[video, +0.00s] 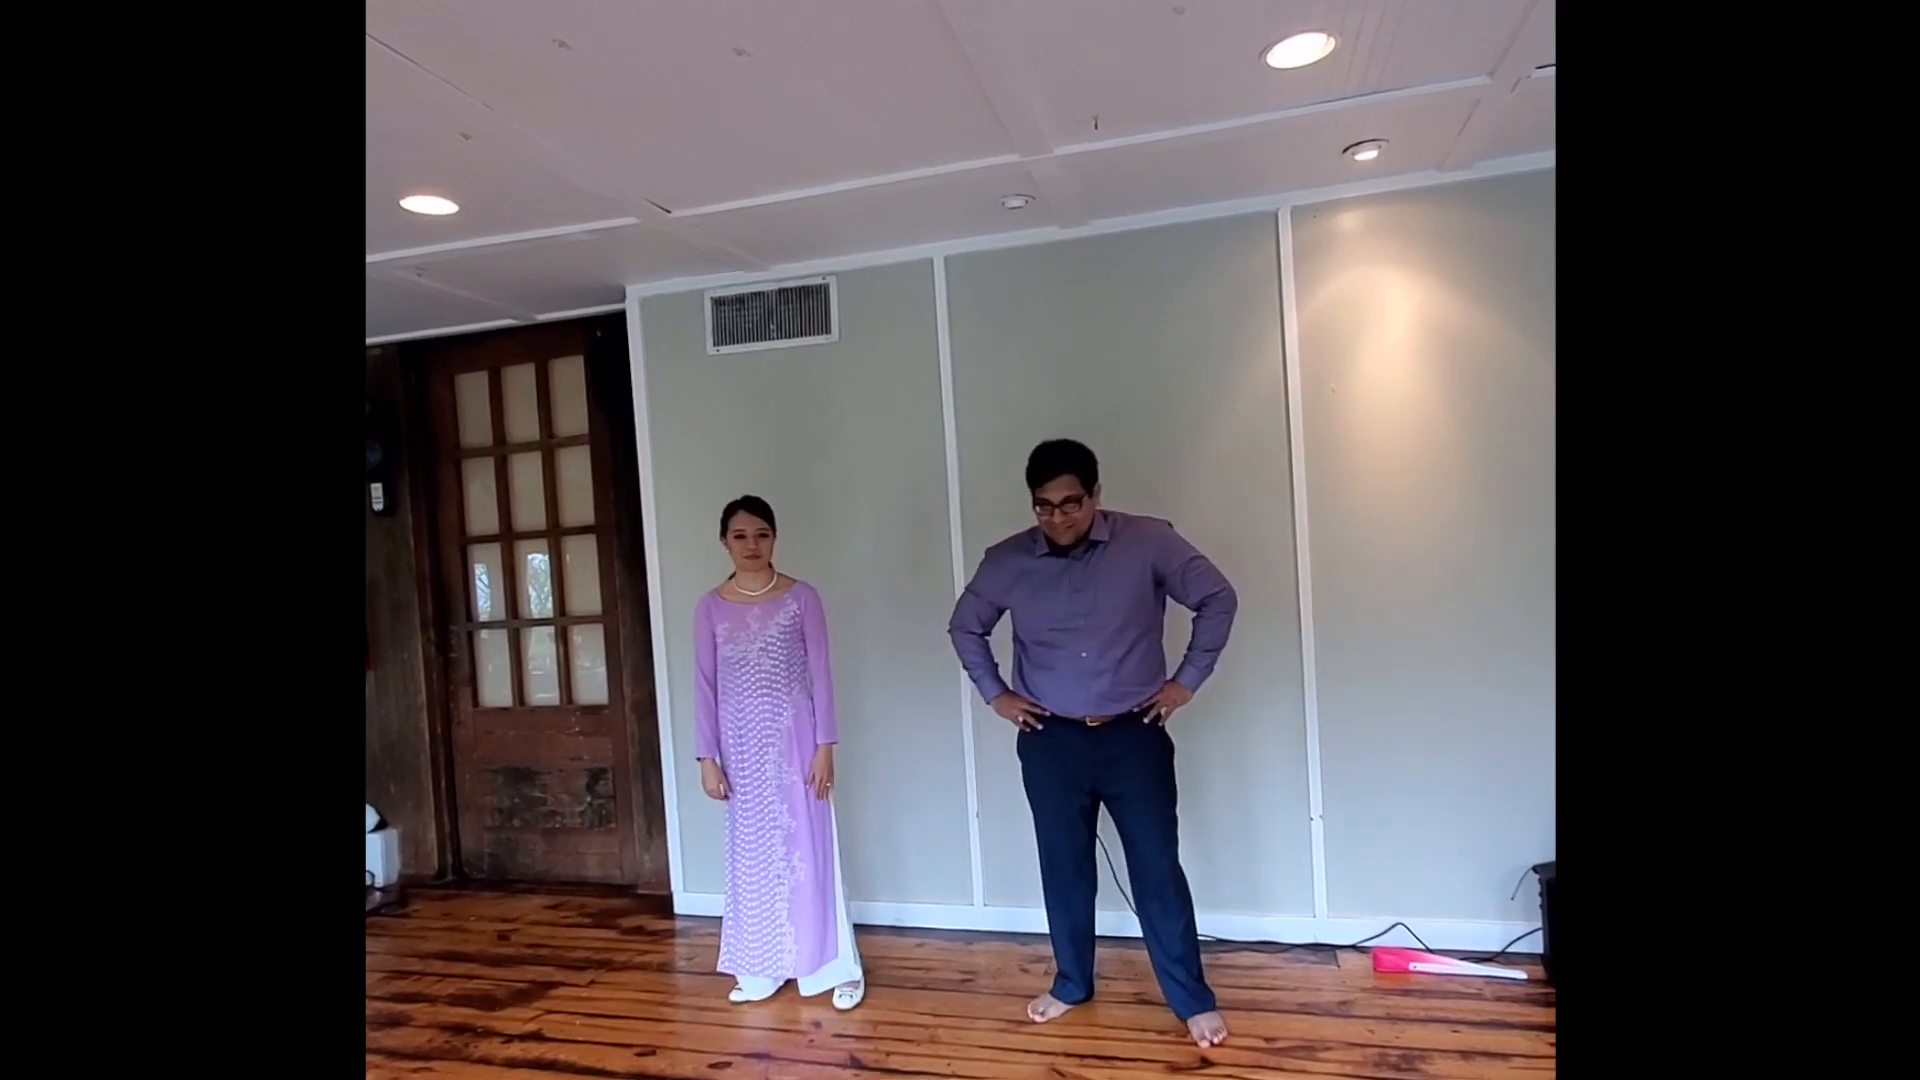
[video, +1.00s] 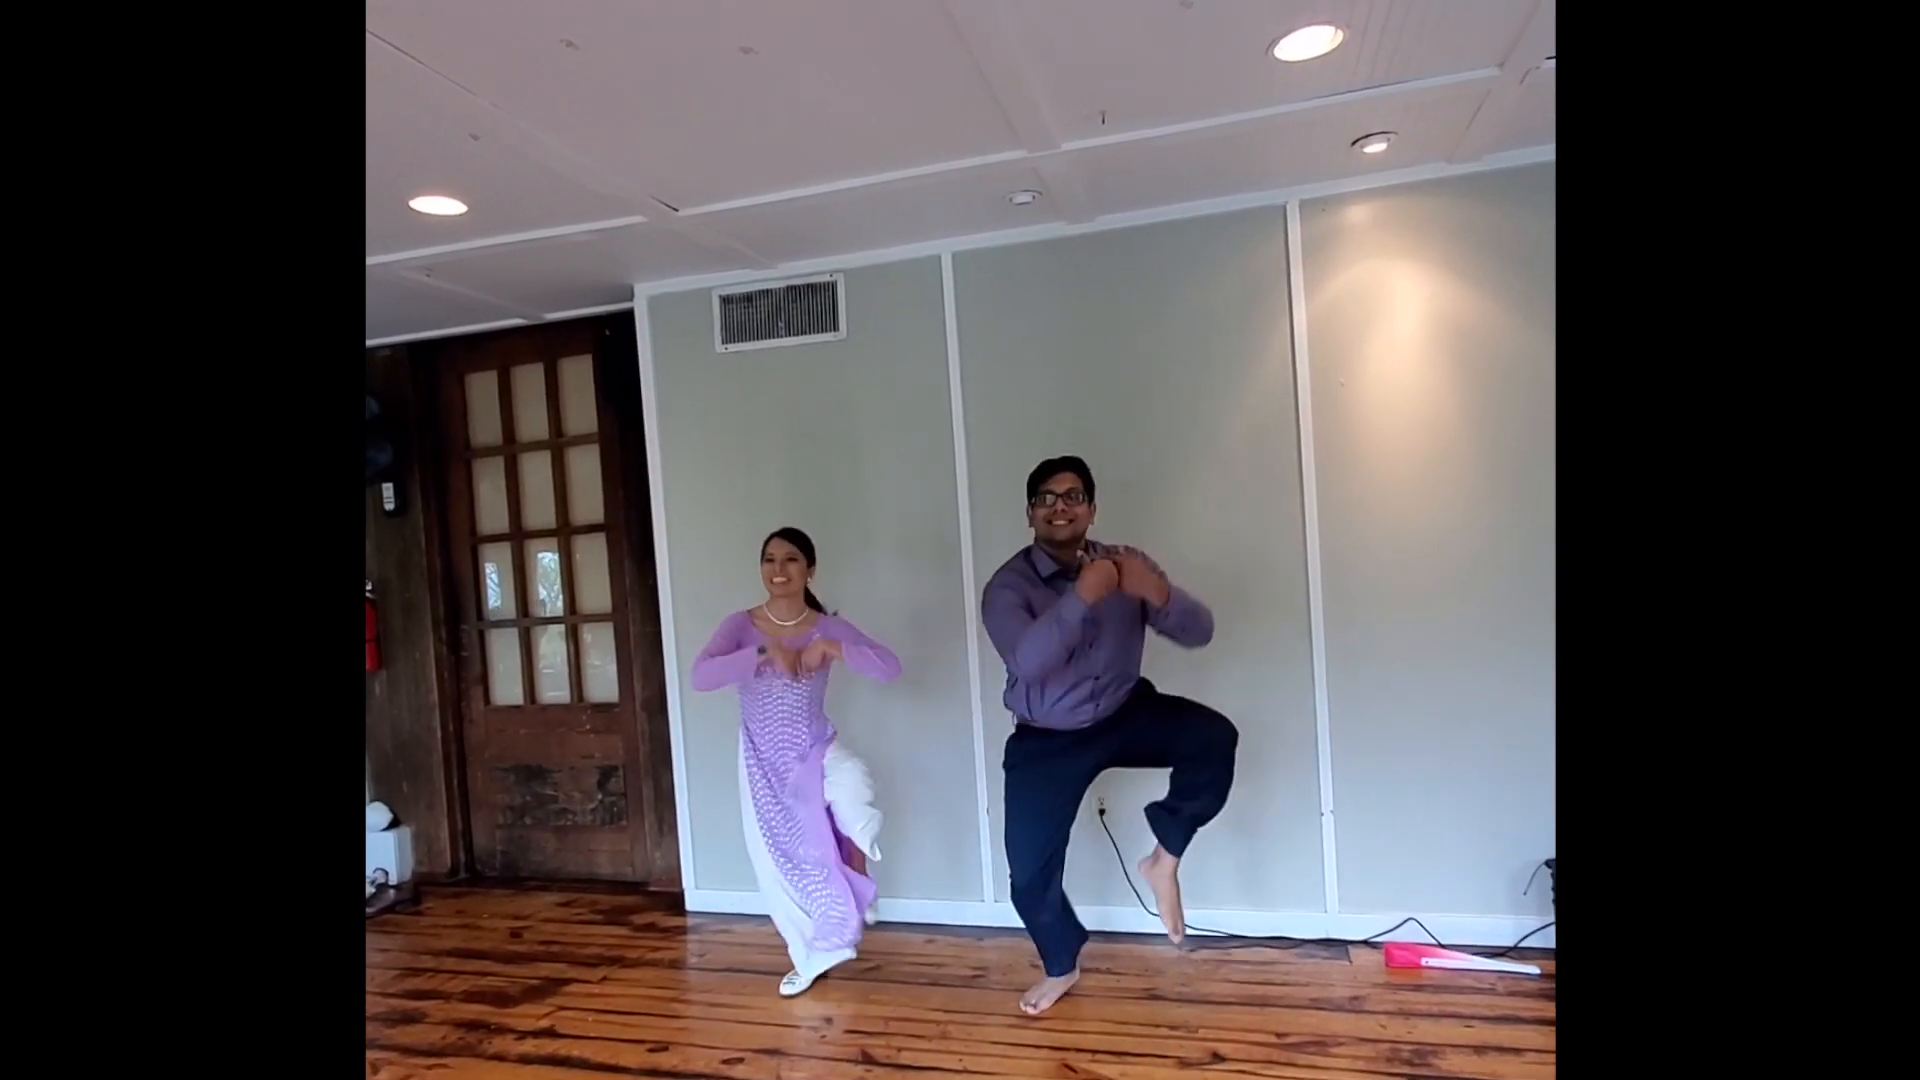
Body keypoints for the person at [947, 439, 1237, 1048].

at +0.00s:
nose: (1058, 518)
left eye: (1070, 503)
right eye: (1045, 506)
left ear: (1095, 494)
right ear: (1032, 504)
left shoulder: (1148, 542)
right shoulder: (1007, 563)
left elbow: (1218, 599)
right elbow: (965, 627)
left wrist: (1187, 679)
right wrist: (995, 692)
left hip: (1135, 736)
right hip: (1050, 741)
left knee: (1158, 872)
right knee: (1064, 870)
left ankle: (1193, 1001)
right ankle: (1072, 985)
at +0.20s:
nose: (1048, 512)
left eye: (1060, 496)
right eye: (1035, 501)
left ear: (1085, 490)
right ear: (1023, 501)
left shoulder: (1139, 536)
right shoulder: (1002, 563)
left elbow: (1212, 590)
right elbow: (954, 628)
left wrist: (1184, 670)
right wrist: (992, 690)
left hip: (1136, 732)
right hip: (1052, 739)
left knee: (1163, 867)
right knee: (1067, 871)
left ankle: (1193, 994)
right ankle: (1073, 984)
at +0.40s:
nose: (1067, 498)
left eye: (1078, 484)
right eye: (1054, 489)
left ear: (1104, 484)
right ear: (1044, 495)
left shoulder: (1157, 535)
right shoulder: (1021, 559)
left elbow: (1234, 587)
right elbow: (971, 632)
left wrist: (1204, 673)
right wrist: (1006, 687)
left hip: (1149, 734)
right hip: (1064, 740)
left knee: (1175, 862)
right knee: (1073, 869)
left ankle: (1204, 980)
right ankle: (1080, 981)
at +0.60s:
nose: (1092, 500)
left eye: (1105, 488)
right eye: (1080, 491)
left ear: (1129, 494)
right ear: (1070, 501)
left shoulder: (1178, 555)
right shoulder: (1048, 575)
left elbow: (1229, 632)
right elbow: (1035, 653)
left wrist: (1238, 712)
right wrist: (1047, 707)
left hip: (1166, 739)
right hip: (1077, 744)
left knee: (1195, 860)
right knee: (1046, 858)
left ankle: (1211, 977)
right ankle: (1072, 966)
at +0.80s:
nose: (1070, 468)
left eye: (1083, 457)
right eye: (1057, 459)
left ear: (1103, 467)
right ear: (1043, 470)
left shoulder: (1139, 519)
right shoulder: (1020, 534)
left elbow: (1209, 577)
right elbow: (1014, 606)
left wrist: (1169, 635)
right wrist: (1095, 651)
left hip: (1154, 706)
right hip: (1068, 713)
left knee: (1199, 823)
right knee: (1060, 842)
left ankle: (1211, 955)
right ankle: (1060, 962)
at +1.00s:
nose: (1058, 507)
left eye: (1072, 497)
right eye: (1046, 498)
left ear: (1090, 510)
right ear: (1031, 512)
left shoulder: (1124, 565)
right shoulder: (1008, 588)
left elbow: (1200, 630)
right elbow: (1026, 661)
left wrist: (1158, 598)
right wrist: (1081, 598)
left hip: (1126, 713)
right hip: (1046, 737)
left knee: (1212, 739)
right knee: (1030, 874)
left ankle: (1162, 860)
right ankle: (1061, 964)